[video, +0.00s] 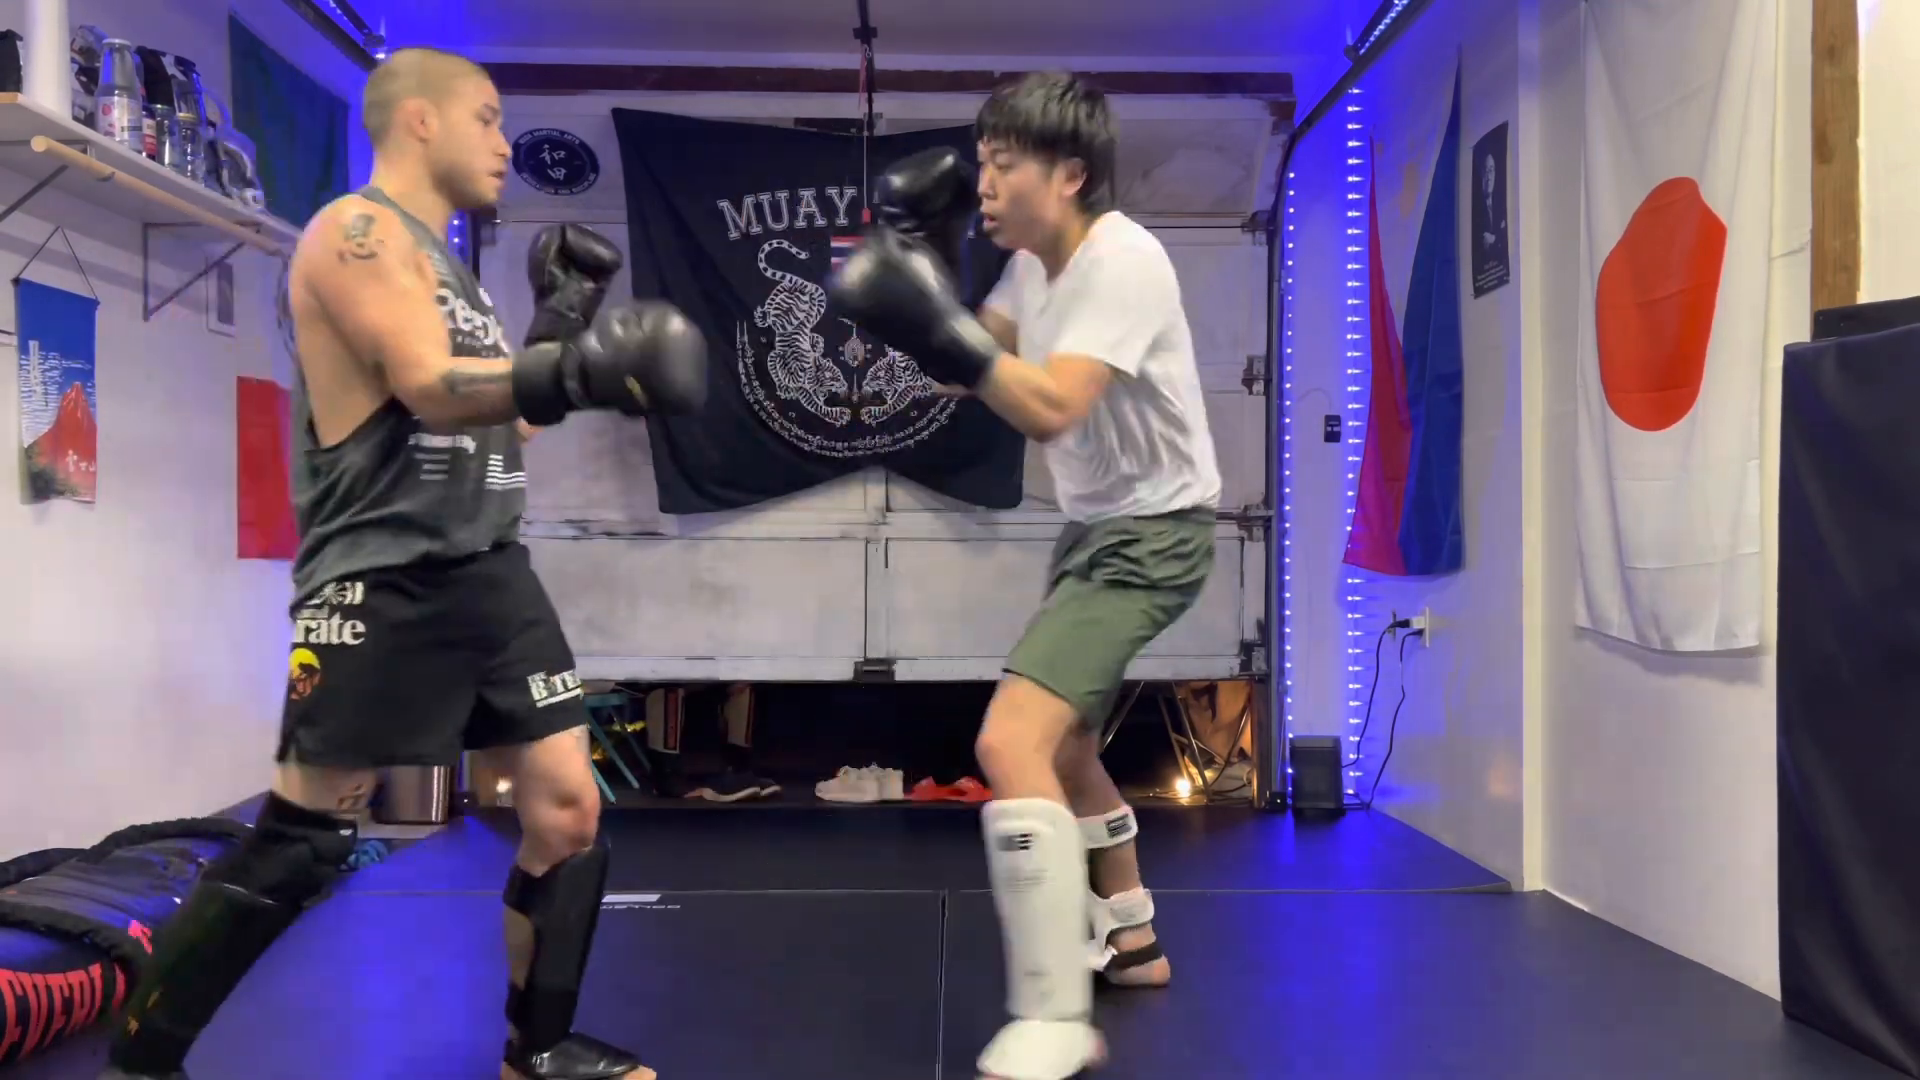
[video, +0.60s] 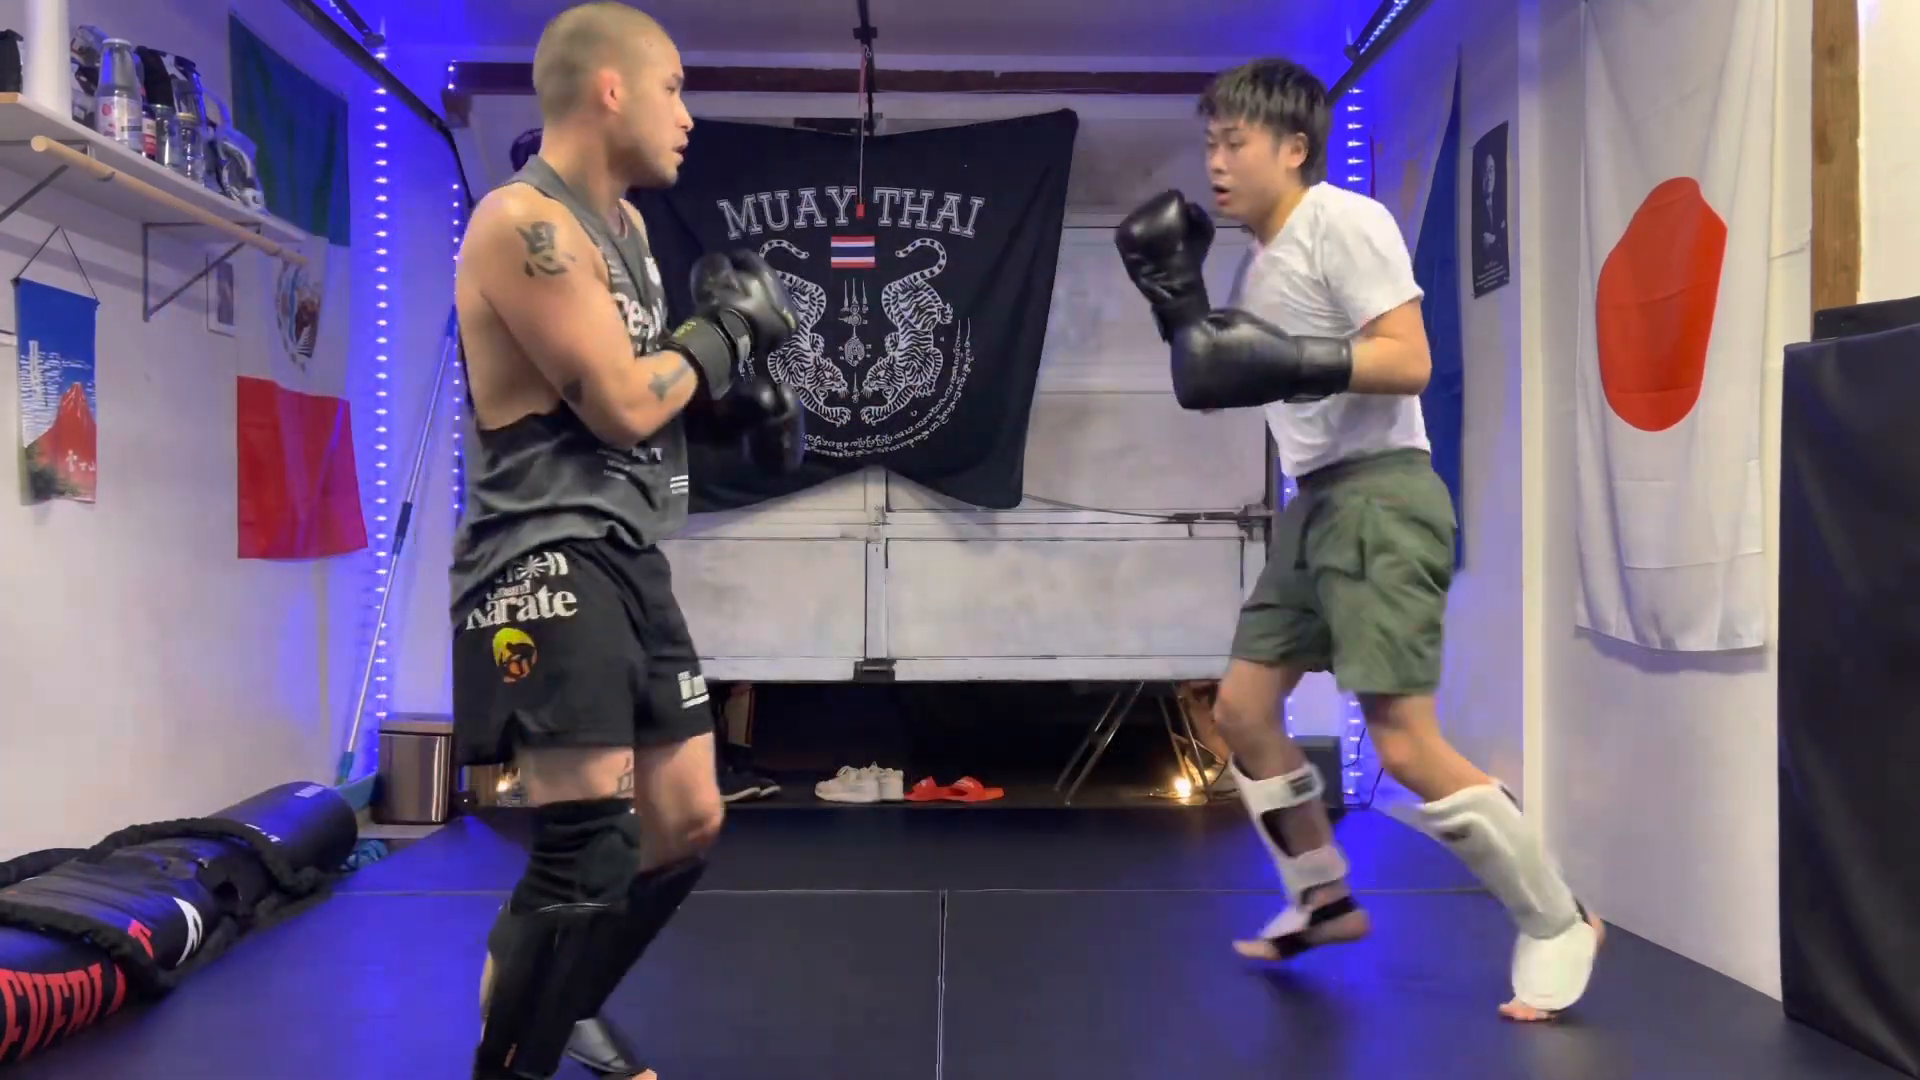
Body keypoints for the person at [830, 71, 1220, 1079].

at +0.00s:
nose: (985, 189)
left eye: (1003, 167)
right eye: (983, 168)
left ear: (1068, 175)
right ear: (1018, 180)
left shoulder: (1123, 259)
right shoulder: (1033, 268)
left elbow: (1052, 409)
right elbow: (985, 363)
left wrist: (942, 325)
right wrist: (933, 249)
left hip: (1153, 533)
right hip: (1096, 532)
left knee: (1012, 744)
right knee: (1063, 742)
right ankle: (1128, 931)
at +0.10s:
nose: (1024, 197)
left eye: (1041, 175)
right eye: (1024, 176)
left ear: (1109, 182)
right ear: (1092, 187)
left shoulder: (1143, 254)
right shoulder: (1111, 272)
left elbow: (972, 303)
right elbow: (1040, 390)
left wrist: (819, 272)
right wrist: (1018, 272)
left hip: (1213, 537)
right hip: (1182, 536)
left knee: (1100, 793)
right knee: (1104, 743)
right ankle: (1182, 924)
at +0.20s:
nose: (1066, 230)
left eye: (1082, 209)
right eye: (1066, 211)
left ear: (1147, 215)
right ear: (1133, 219)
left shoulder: (1186, 280)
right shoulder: (1160, 297)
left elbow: (1052, 357)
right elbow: (1101, 430)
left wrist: (910, 317)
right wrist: (1077, 318)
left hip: (1263, 561)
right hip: (1243, 559)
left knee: (1131, 801)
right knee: (1183, 748)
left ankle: (1246, 1052)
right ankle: (1323, 897)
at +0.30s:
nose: (1113, 215)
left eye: (1131, 193)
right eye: (1113, 195)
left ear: (1196, 203)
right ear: (1169, 210)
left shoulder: (1244, 276)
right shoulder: (1183, 310)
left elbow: (1223, 413)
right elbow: (1124, 410)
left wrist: (1092, 383)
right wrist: (1086, 311)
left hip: (1308, 550)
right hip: (1277, 550)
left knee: (1206, 781)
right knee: (1310, 781)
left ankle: (1259, 1049)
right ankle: (1463, 922)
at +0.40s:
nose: (1158, 179)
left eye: (1178, 158)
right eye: (1157, 161)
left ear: (1239, 167)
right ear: (1195, 175)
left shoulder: (1295, 240)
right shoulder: (1209, 281)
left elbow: (1339, 388)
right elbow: (1139, 373)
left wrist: (1208, 377)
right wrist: (1111, 278)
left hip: (1344, 515)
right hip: (1292, 526)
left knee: (1280, 747)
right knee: (1360, 754)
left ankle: (1314, 1020)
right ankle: (1476, 929)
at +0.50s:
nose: (1189, 142)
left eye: (1209, 123)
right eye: (1186, 123)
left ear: (1270, 133)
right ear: (1200, 137)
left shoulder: (1326, 209)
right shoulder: (1226, 254)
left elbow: (1387, 347)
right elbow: (1174, 357)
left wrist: (1259, 352)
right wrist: (1143, 260)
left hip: (1364, 469)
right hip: (1299, 484)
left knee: (1319, 718)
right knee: (1284, 724)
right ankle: (1436, 896)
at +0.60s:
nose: (1213, 164)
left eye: (1231, 143)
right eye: (1208, 146)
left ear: (1294, 149)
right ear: (1221, 155)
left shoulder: (1345, 220)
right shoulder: (1263, 269)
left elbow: (1409, 362)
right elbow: (1225, 376)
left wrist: (1284, 363)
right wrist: (1180, 293)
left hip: (1382, 498)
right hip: (1313, 508)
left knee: (1406, 743)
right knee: (1242, 707)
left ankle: (1557, 925)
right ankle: (1322, 899)